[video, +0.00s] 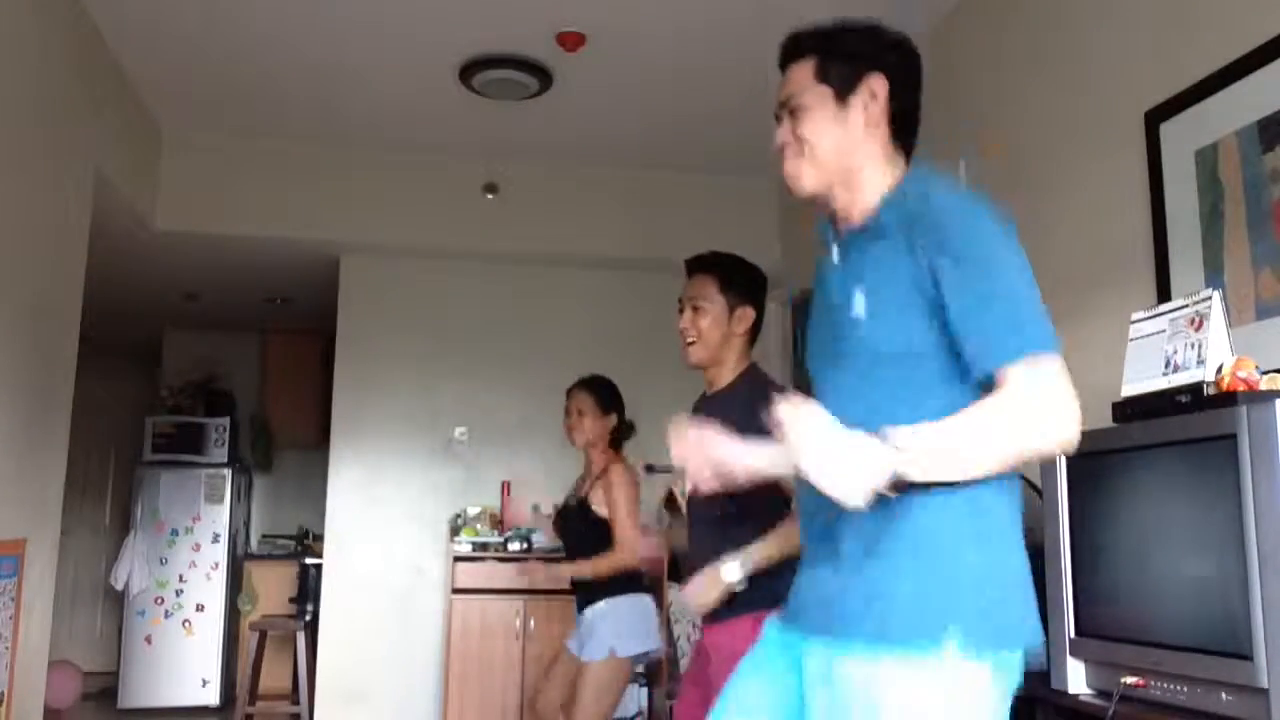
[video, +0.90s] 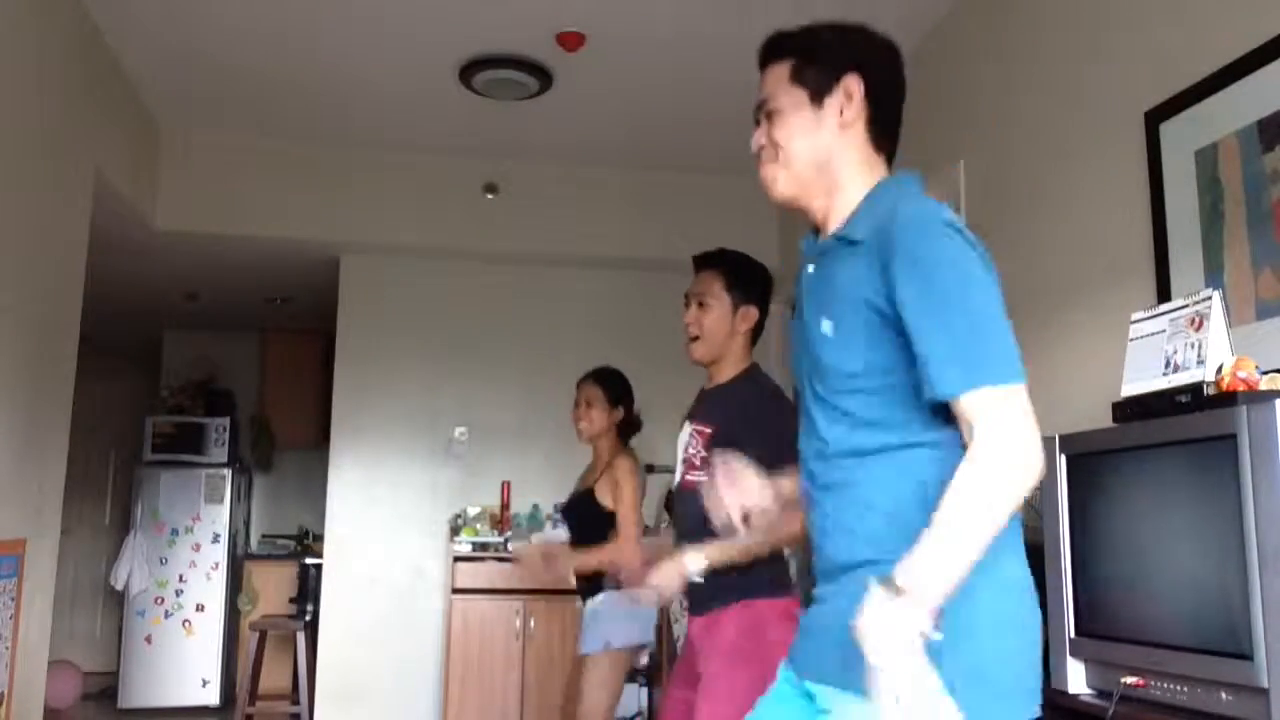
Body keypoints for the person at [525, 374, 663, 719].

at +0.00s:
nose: (571, 423)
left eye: (581, 413)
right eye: (568, 413)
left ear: (610, 421)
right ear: (565, 418)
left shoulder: (617, 473)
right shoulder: (588, 476)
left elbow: (628, 556)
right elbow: (592, 546)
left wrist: (559, 572)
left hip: (619, 613)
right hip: (592, 613)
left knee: (587, 713)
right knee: (546, 705)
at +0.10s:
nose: (571, 410)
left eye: (580, 400)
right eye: (568, 401)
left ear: (609, 405)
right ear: (564, 405)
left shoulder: (620, 456)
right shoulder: (590, 456)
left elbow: (620, 538)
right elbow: (585, 524)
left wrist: (558, 534)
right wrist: (540, 528)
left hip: (614, 596)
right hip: (587, 593)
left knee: (584, 712)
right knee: (561, 707)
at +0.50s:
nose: (576, 410)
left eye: (588, 401)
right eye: (574, 401)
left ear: (616, 409)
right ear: (570, 405)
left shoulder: (618, 455)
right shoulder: (595, 457)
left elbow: (620, 536)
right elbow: (591, 531)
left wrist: (550, 546)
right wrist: (537, 537)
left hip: (615, 599)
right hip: (597, 597)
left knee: (581, 711)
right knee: (573, 709)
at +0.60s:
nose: (576, 390)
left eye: (587, 380)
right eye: (573, 381)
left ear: (615, 388)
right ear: (572, 387)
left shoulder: (618, 431)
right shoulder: (596, 436)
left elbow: (605, 495)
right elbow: (597, 513)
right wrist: (560, 548)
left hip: (620, 583)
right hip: (592, 582)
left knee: (593, 700)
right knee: (572, 692)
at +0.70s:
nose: (579, 395)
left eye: (589, 385)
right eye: (576, 386)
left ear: (617, 391)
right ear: (572, 392)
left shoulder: (617, 435)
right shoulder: (596, 441)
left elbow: (618, 505)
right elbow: (599, 503)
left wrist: (550, 508)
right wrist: (556, 499)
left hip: (623, 583)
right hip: (595, 581)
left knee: (604, 704)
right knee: (569, 676)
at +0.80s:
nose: (579, 414)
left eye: (590, 403)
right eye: (577, 405)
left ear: (619, 411)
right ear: (573, 411)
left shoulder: (618, 464)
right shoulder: (600, 465)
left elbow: (632, 543)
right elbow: (580, 535)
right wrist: (551, 495)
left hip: (627, 605)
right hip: (608, 602)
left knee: (596, 711)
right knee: (563, 678)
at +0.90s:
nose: (580, 414)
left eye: (591, 405)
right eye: (577, 405)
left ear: (618, 413)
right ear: (573, 409)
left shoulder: (623, 465)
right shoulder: (595, 465)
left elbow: (628, 550)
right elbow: (592, 539)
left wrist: (565, 561)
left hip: (615, 603)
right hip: (591, 600)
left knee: (593, 711)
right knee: (575, 708)